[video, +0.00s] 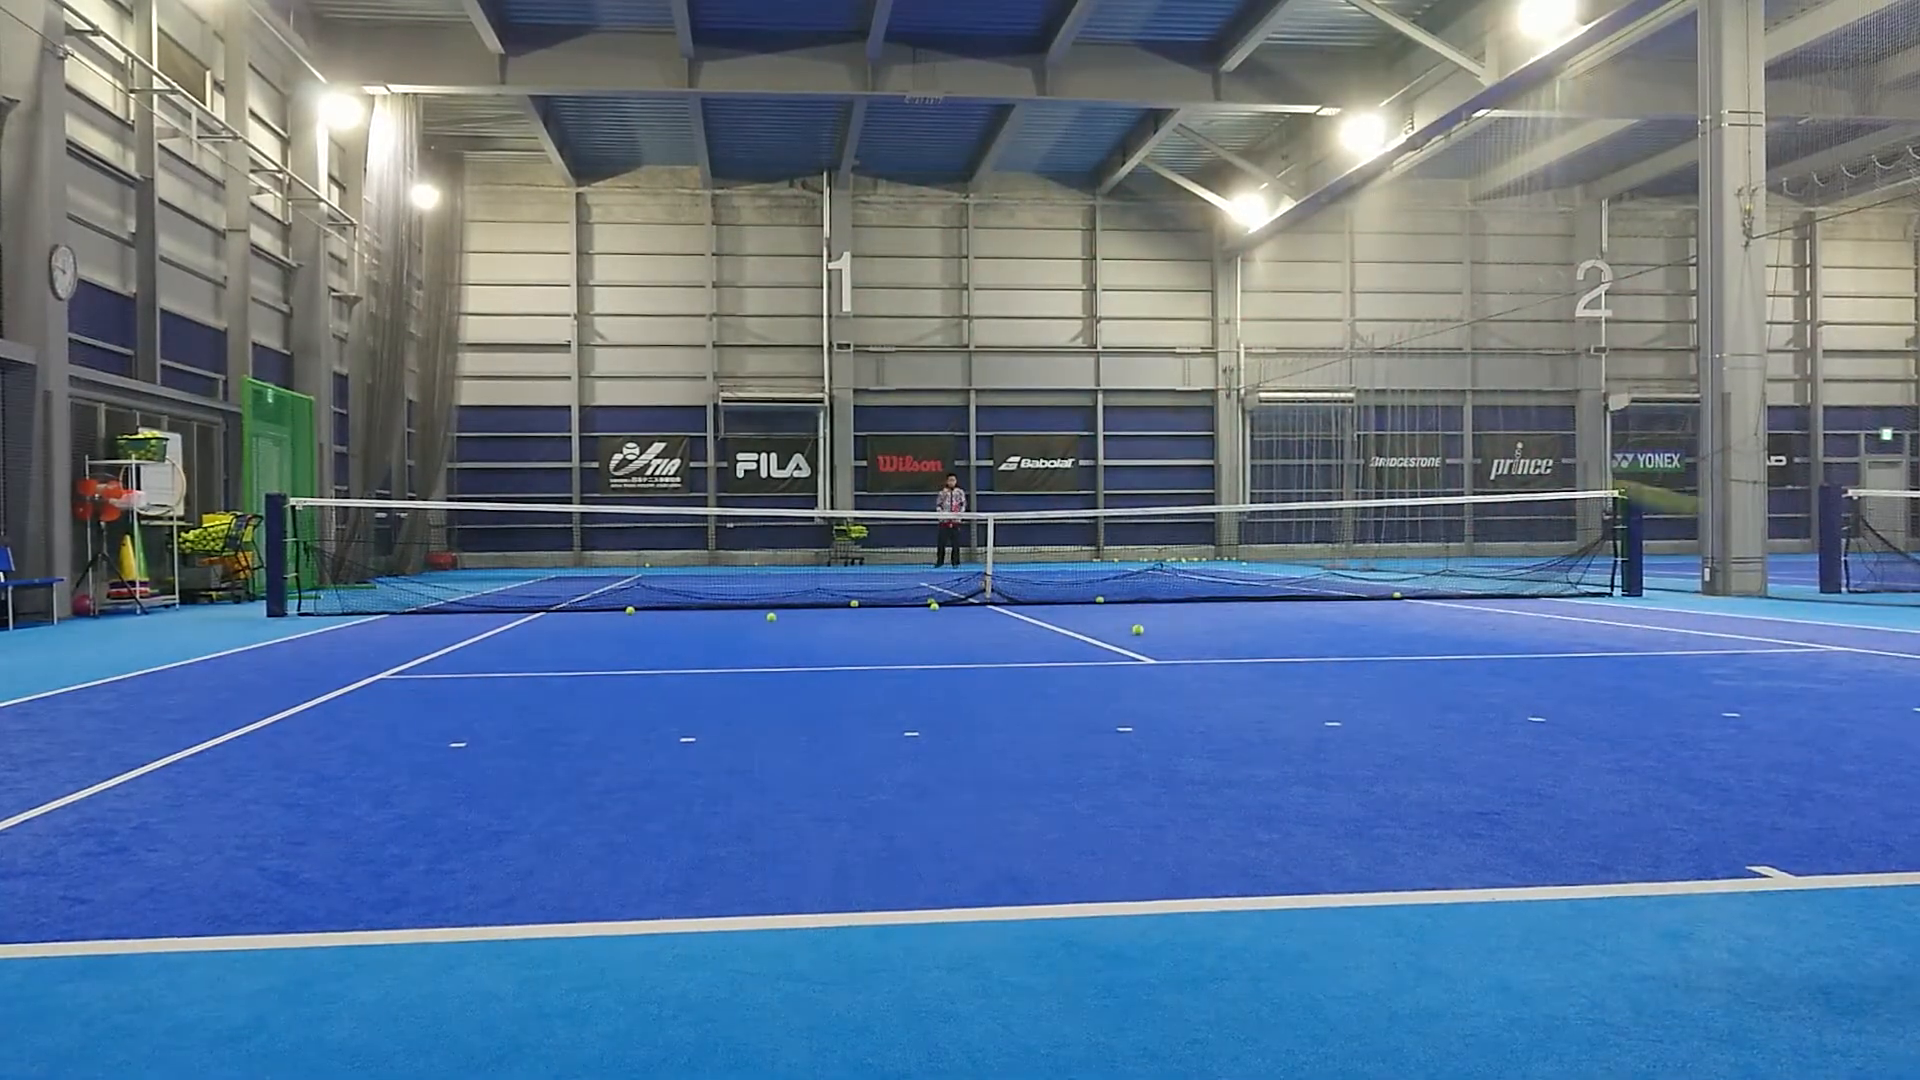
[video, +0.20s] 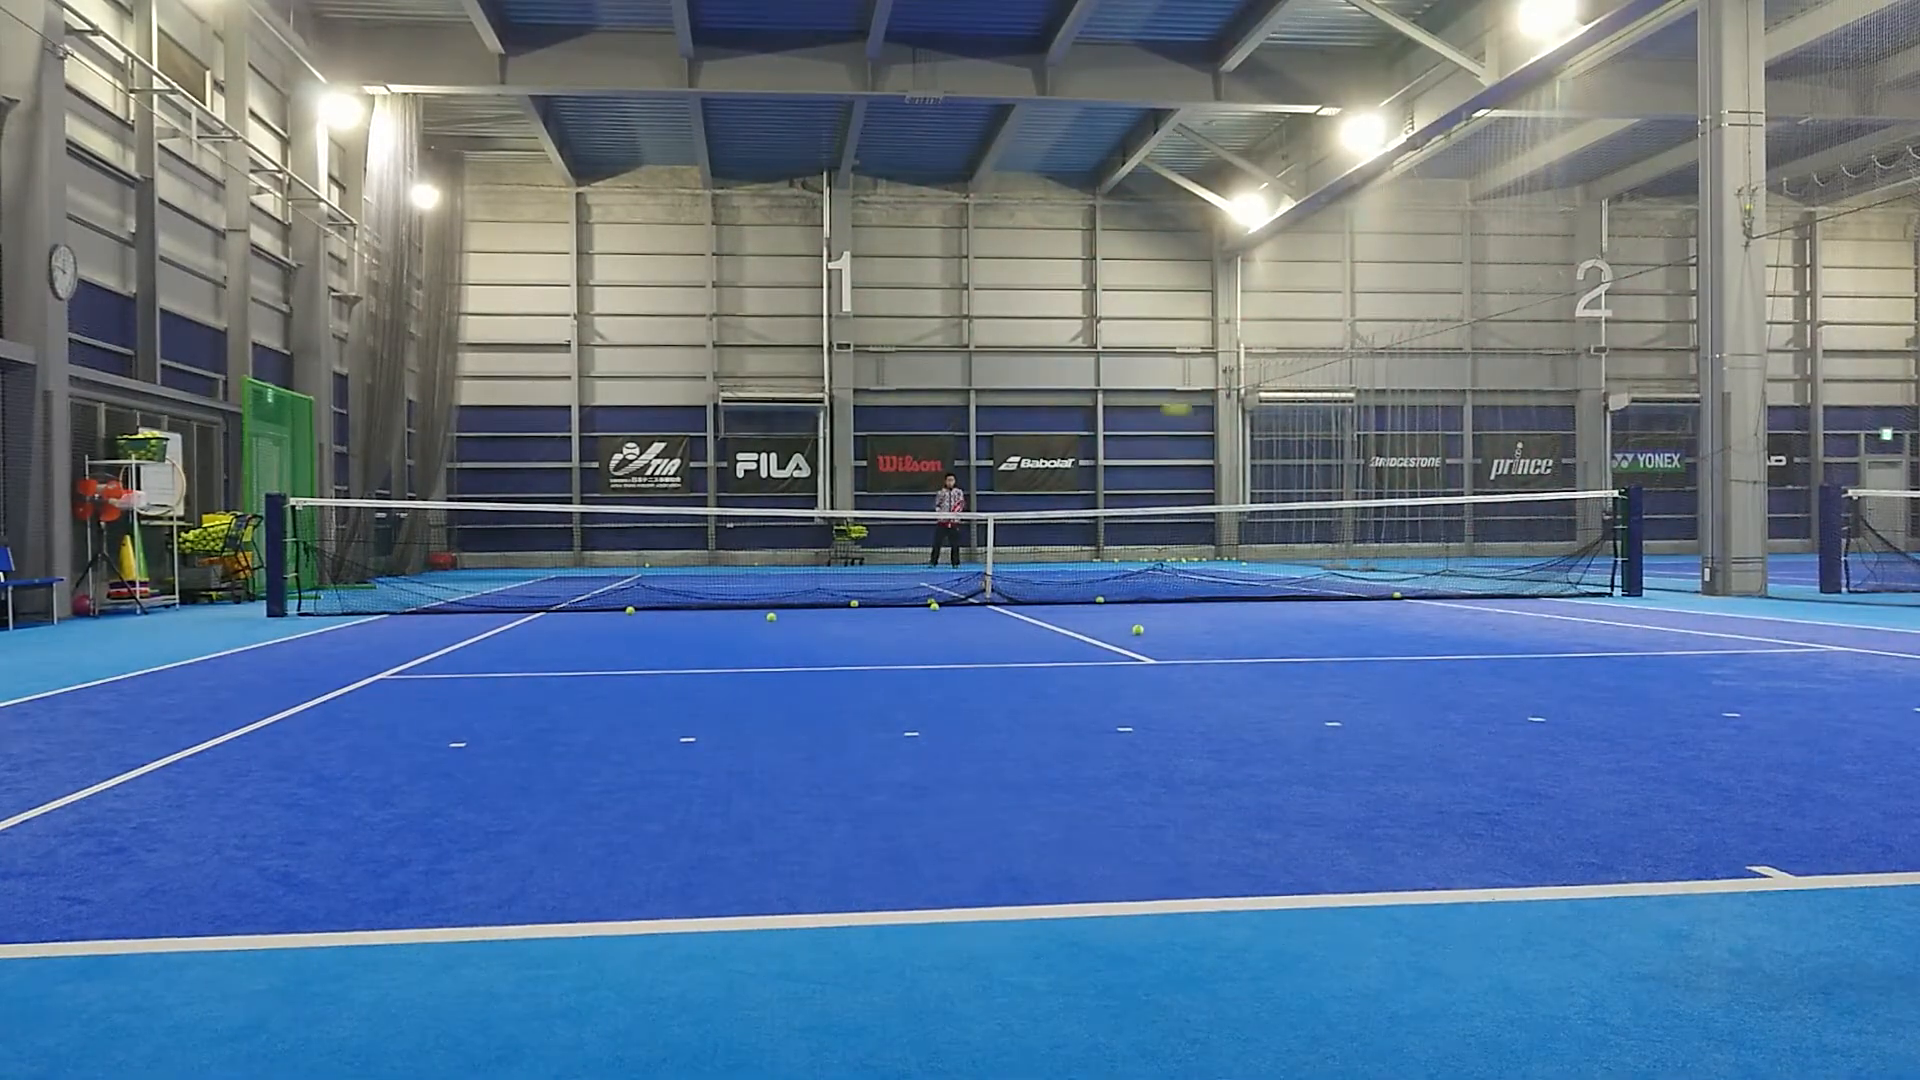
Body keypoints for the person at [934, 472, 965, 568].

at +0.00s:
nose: (952, 482)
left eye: (954, 480)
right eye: (950, 480)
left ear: (956, 482)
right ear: (946, 481)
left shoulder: (960, 492)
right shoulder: (942, 493)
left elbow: (963, 504)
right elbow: (938, 505)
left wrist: (959, 515)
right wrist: (941, 515)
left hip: (955, 522)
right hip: (944, 522)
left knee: (955, 544)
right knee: (941, 544)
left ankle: (955, 562)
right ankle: (939, 562)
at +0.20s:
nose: (950, 482)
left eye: (952, 480)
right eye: (949, 480)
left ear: (955, 482)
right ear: (945, 481)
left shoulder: (959, 492)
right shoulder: (941, 493)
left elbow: (961, 505)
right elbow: (937, 506)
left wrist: (954, 516)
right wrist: (940, 517)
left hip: (954, 523)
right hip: (942, 522)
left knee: (955, 545)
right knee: (937, 544)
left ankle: (955, 563)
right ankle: (933, 562)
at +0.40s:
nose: (944, 485)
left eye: (946, 482)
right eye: (942, 482)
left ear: (949, 484)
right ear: (939, 484)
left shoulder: (953, 494)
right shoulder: (936, 495)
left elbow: (955, 507)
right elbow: (931, 508)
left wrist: (946, 513)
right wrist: (937, 516)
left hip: (950, 523)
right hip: (938, 523)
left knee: (952, 545)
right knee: (932, 544)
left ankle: (955, 563)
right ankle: (927, 562)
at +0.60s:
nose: (931, 490)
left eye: (933, 488)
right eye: (930, 488)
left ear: (937, 489)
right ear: (928, 490)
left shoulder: (942, 500)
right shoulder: (926, 500)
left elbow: (942, 513)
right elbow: (923, 512)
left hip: (942, 527)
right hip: (930, 527)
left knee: (947, 547)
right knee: (923, 545)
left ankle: (954, 563)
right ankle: (920, 562)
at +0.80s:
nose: (913, 491)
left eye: (915, 489)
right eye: (911, 489)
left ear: (919, 489)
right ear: (909, 491)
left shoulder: (923, 498)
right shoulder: (910, 501)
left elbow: (922, 509)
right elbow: (907, 512)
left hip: (926, 526)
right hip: (916, 526)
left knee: (925, 547)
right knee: (914, 546)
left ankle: (939, 554)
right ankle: (920, 562)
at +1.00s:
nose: (897, 492)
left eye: (899, 489)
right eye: (895, 490)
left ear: (903, 489)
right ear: (894, 491)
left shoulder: (908, 499)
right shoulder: (896, 500)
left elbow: (912, 511)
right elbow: (893, 509)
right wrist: (882, 510)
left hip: (908, 524)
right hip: (901, 524)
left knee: (901, 546)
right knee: (900, 546)